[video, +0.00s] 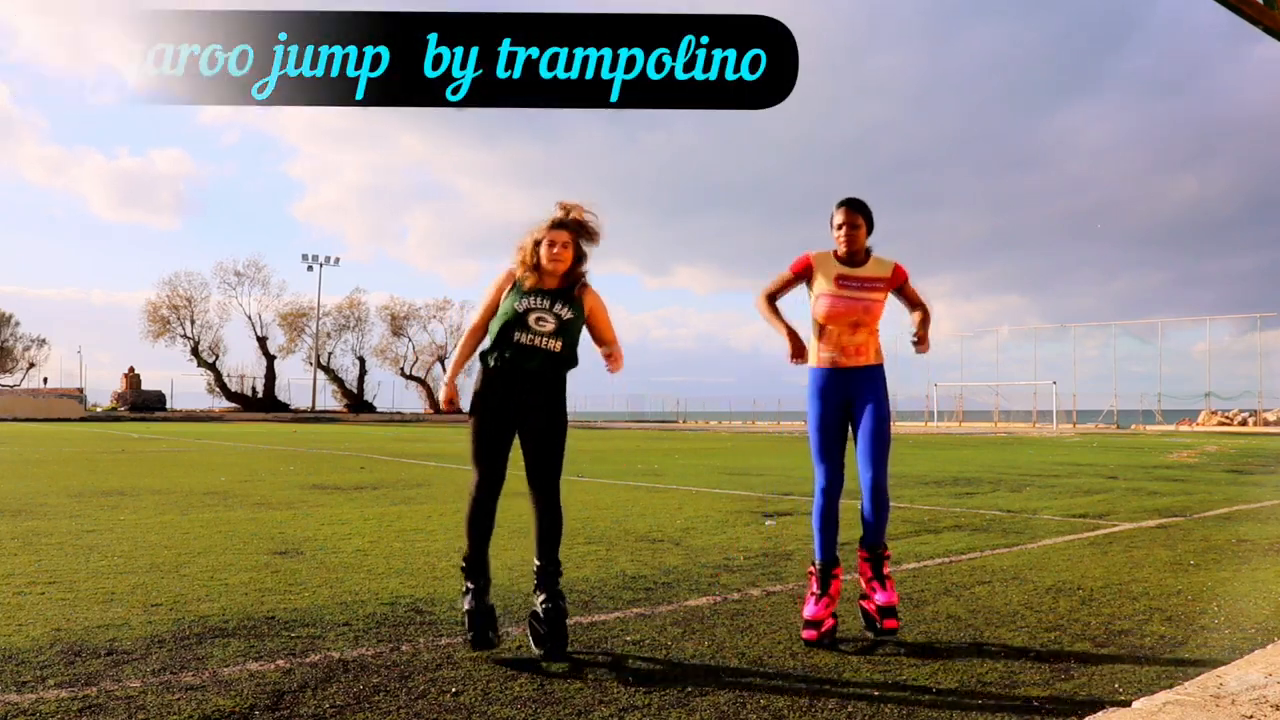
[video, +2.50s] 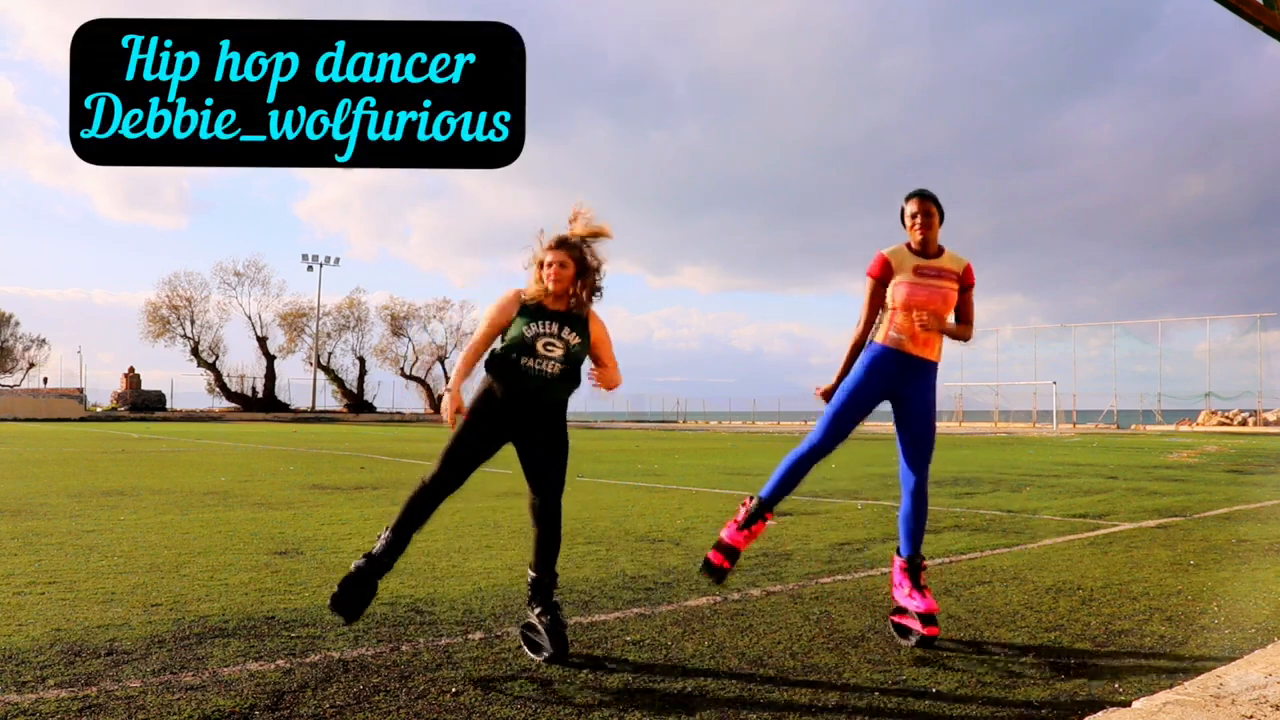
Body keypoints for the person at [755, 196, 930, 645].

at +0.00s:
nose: (846, 233)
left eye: (854, 226)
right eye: (839, 226)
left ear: (869, 231)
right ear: (831, 231)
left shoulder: (888, 272)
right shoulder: (814, 264)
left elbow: (920, 308)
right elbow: (765, 298)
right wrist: (789, 333)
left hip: (870, 382)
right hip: (825, 382)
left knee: (874, 484)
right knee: (828, 485)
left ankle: (874, 570)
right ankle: (824, 582)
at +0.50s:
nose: (877, 224)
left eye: (885, 216)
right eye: (871, 218)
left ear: (900, 220)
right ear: (864, 223)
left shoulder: (922, 265)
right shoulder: (850, 256)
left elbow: (929, 309)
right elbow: (828, 307)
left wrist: (911, 351)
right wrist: (816, 356)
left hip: (882, 371)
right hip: (838, 359)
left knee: (872, 477)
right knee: (788, 443)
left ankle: (867, 570)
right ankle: (731, 525)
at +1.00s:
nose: (857, 210)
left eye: (865, 204)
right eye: (851, 203)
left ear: (876, 210)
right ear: (839, 206)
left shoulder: (895, 245)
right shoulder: (820, 247)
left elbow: (923, 293)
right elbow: (796, 305)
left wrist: (927, 350)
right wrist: (829, 297)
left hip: (880, 354)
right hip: (835, 355)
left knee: (897, 458)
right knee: (833, 459)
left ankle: (906, 554)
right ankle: (829, 560)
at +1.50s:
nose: (836, 218)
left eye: (843, 211)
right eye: (830, 210)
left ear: (852, 215)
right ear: (814, 212)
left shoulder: (871, 248)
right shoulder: (799, 257)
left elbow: (891, 307)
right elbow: (795, 320)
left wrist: (902, 359)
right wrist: (817, 260)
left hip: (886, 353)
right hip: (841, 364)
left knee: (951, 437)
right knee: (851, 467)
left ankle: (1014, 512)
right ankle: (856, 569)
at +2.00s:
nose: (886, 221)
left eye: (893, 213)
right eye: (878, 215)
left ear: (907, 213)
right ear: (869, 217)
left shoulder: (929, 255)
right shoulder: (856, 253)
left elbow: (941, 318)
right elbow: (825, 312)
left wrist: (903, 300)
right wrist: (798, 366)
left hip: (906, 365)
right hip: (860, 360)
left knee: (908, 470)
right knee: (825, 453)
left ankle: (904, 568)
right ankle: (787, 545)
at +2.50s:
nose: (918, 222)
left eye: (925, 215)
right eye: (912, 216)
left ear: (940, 220)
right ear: (904, 224)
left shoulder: (961, 269)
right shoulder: (889, 262)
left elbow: (966, 332)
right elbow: (865, 327)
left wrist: (942, 324)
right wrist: (839, 379)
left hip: (921, 375)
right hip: (877, 364)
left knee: (916, 477)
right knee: (819, 444)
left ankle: (908, 574)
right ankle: (750, 518)